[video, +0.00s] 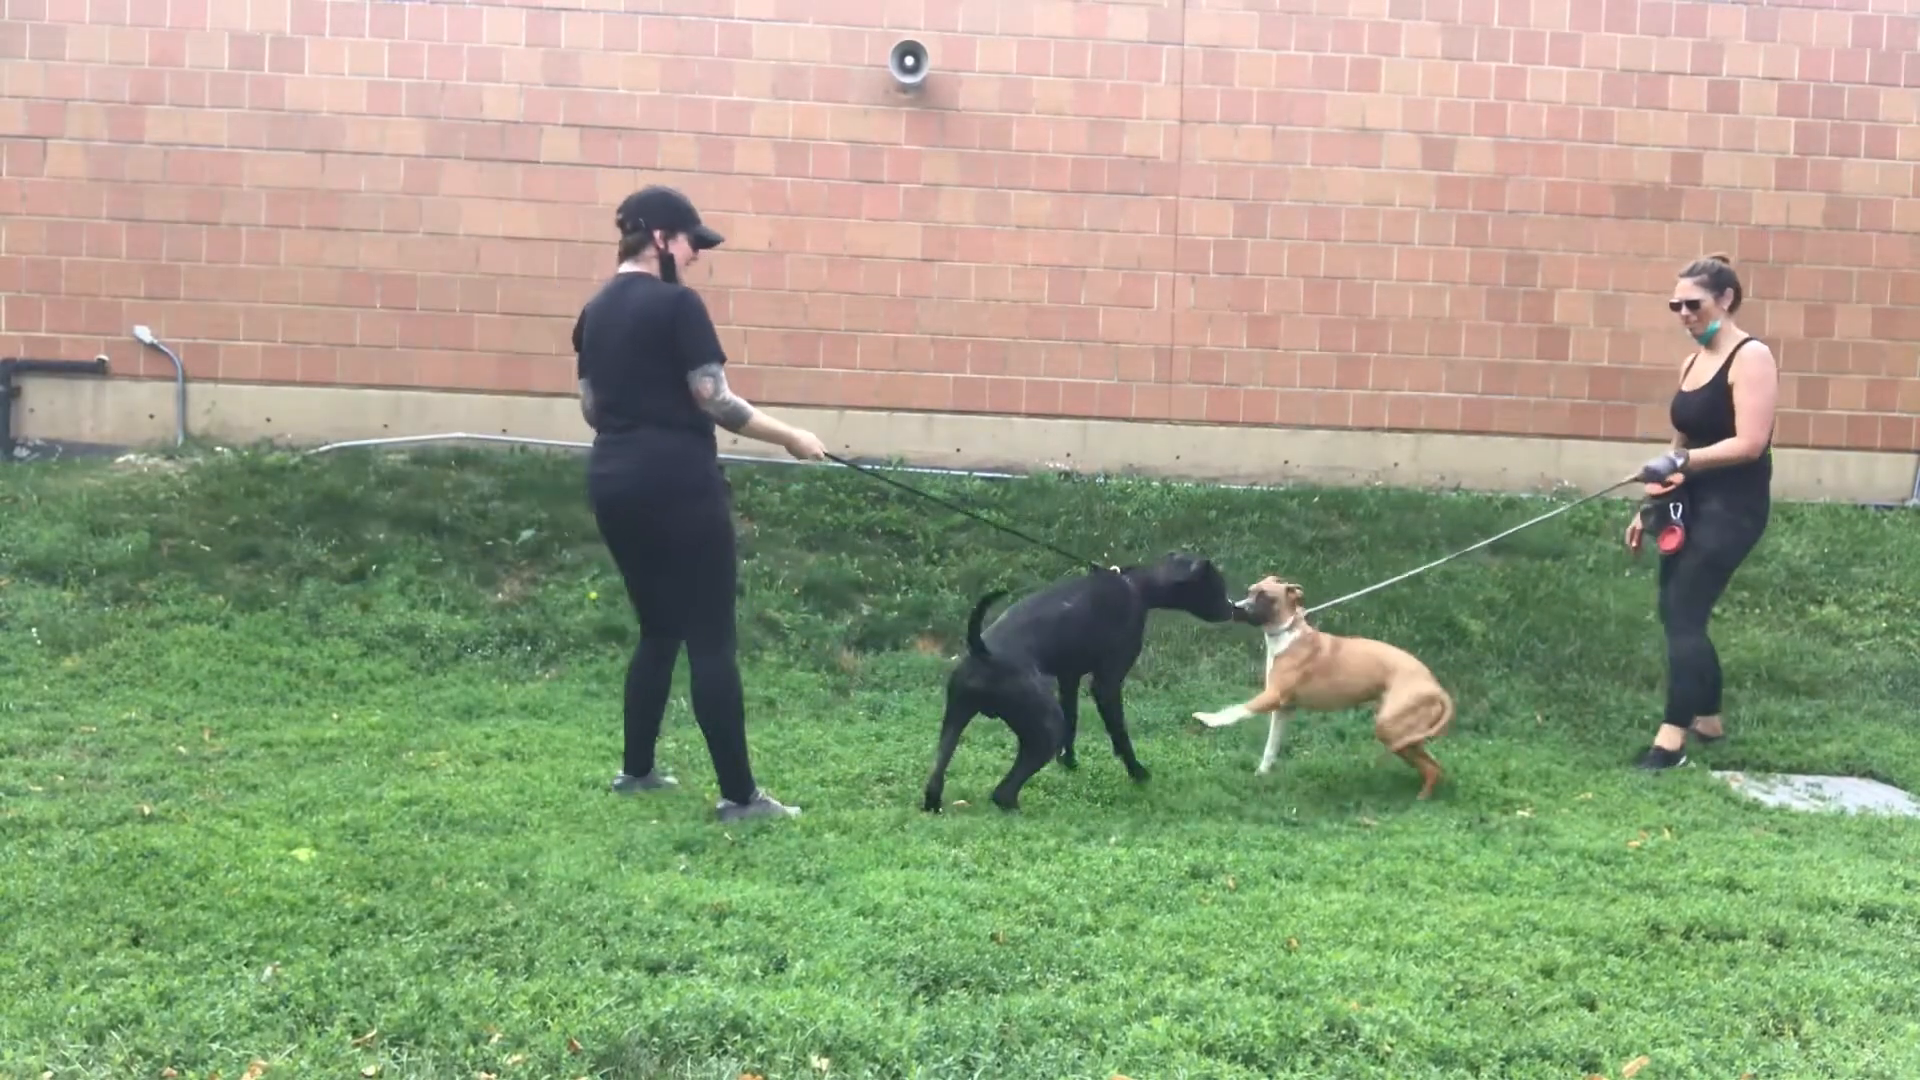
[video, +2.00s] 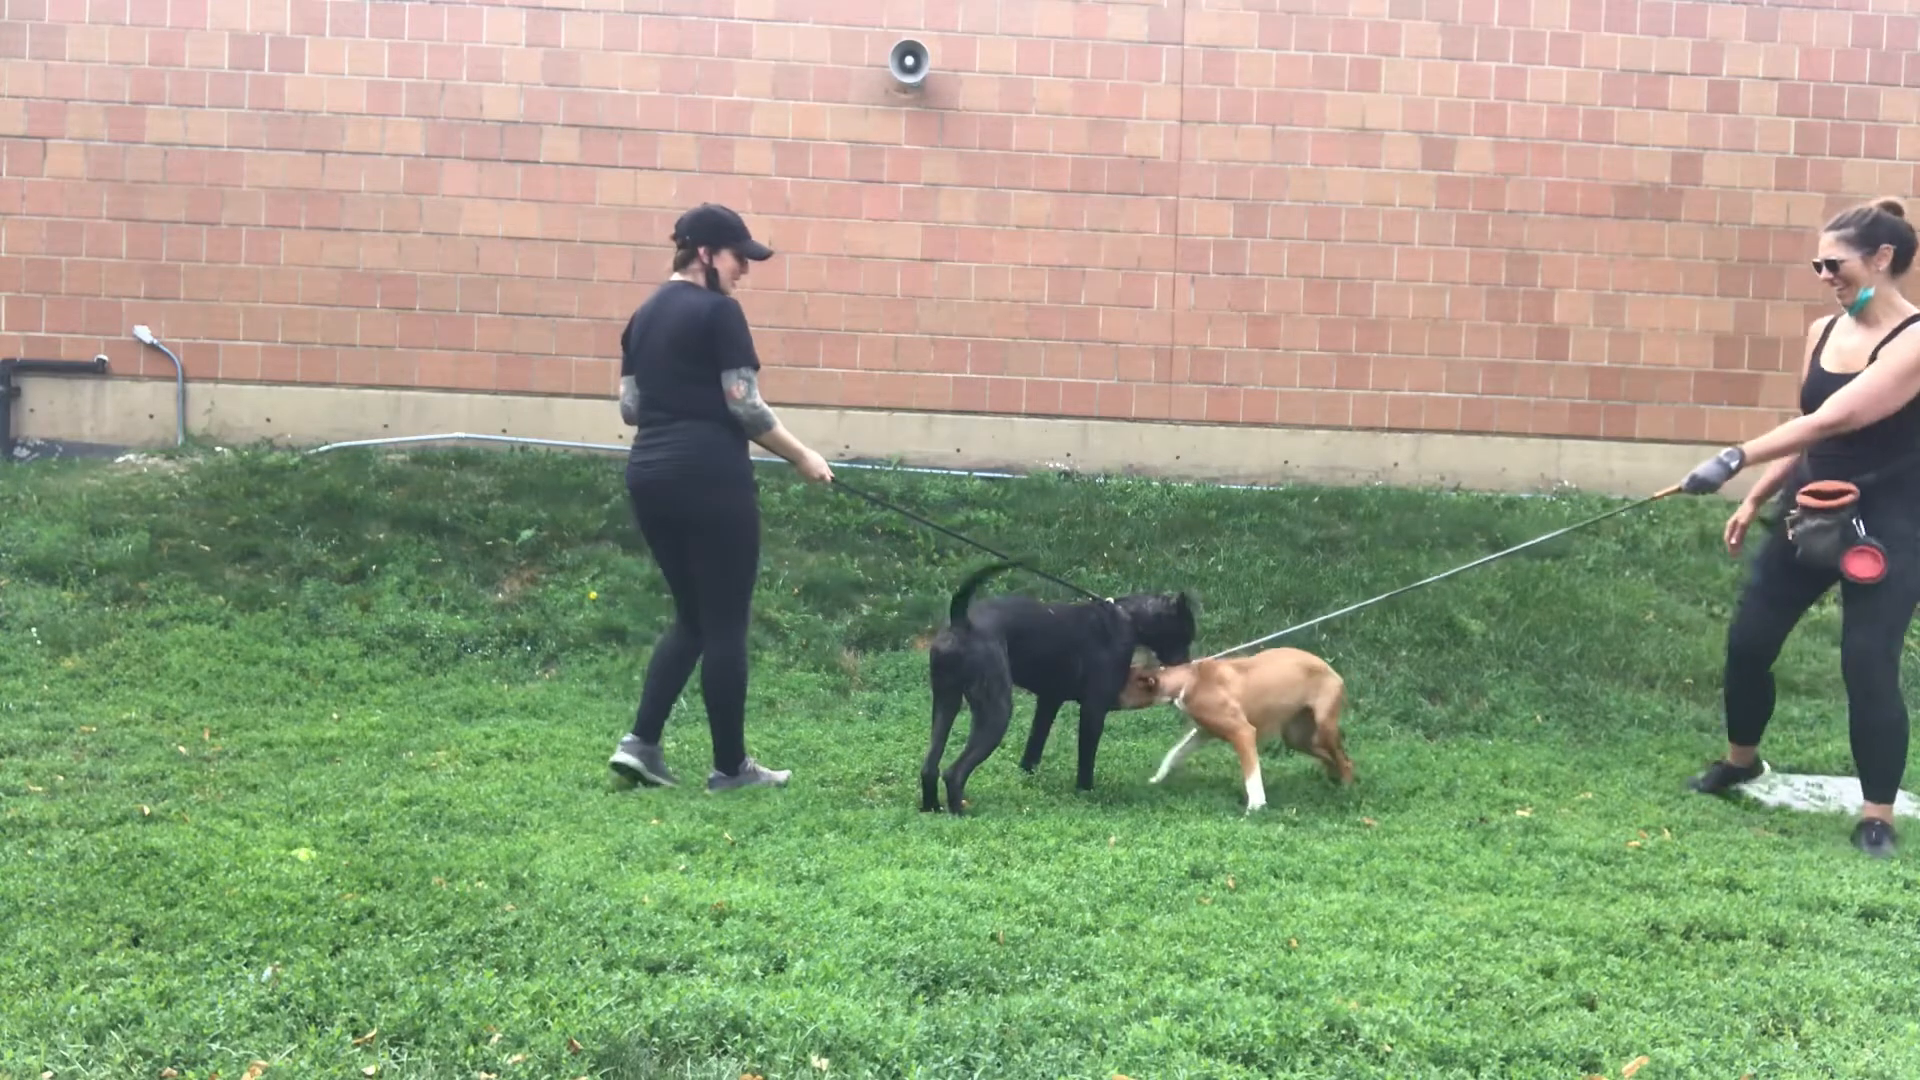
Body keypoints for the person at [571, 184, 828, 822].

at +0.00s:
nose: (699, 259)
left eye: (700, 247)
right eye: (695, 246)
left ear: (635, 241)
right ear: (664, 240)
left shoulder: (594, 309)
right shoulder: (677, 302)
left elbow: (594, 409)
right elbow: (714, 398)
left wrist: (675, 418)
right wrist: (790, 436)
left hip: (613, 472)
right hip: (679, 472)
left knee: (658, 628)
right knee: (712, 635)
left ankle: (636, 771)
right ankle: (740, 796)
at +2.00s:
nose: (743, 269)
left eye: (745, 258)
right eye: (738, 257)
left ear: (694, 256)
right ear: (707, 254)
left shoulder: (642, 315)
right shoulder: (720, 312)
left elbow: (633, 407)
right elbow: (745, 406)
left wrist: (715, 421)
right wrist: (802, 455)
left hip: (648, 469)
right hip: (710, 469)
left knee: (691, 618)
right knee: (726, 622)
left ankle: (641, 743)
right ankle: (731, 766)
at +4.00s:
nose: (722, 274)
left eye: (725, 265)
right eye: (711, 264)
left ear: (721, 269)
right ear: (681, 268)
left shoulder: (673, 316)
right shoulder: (689, 320)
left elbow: (719, 402)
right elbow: (737, 405)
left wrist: (772, 430)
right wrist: (806, 442)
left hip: (665, 466)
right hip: (691, 470)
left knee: (685, 606)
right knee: (735, 607)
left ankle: (672, 741)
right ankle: (749, 748)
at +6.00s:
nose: (816, 290)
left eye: (821, 282)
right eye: (807, 281)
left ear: (823, 285)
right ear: (778, 282)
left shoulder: (816, 346)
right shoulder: (759, 337)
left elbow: (817, 419)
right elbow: (801, 407)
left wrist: (827, 480)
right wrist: (869, 439)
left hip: (807, 483)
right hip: (756, 479)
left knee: (795, 608)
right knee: (745, 604)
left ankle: (798, 724)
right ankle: (717, 729)